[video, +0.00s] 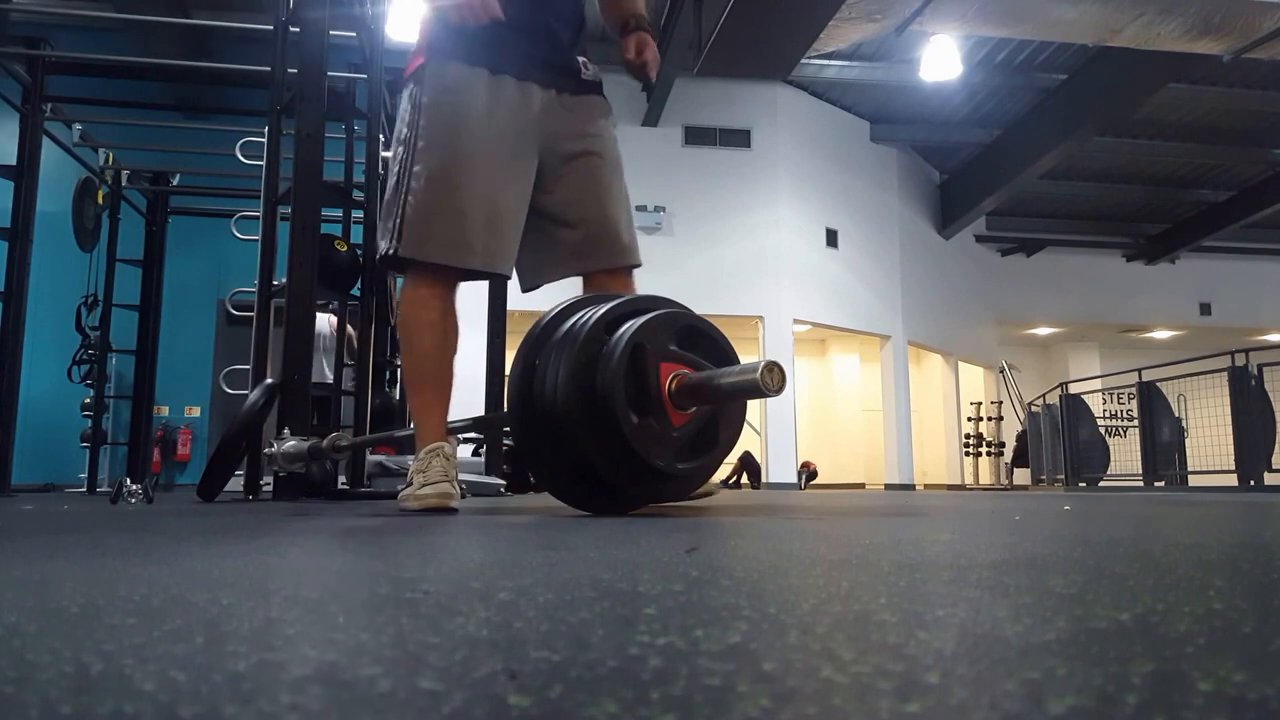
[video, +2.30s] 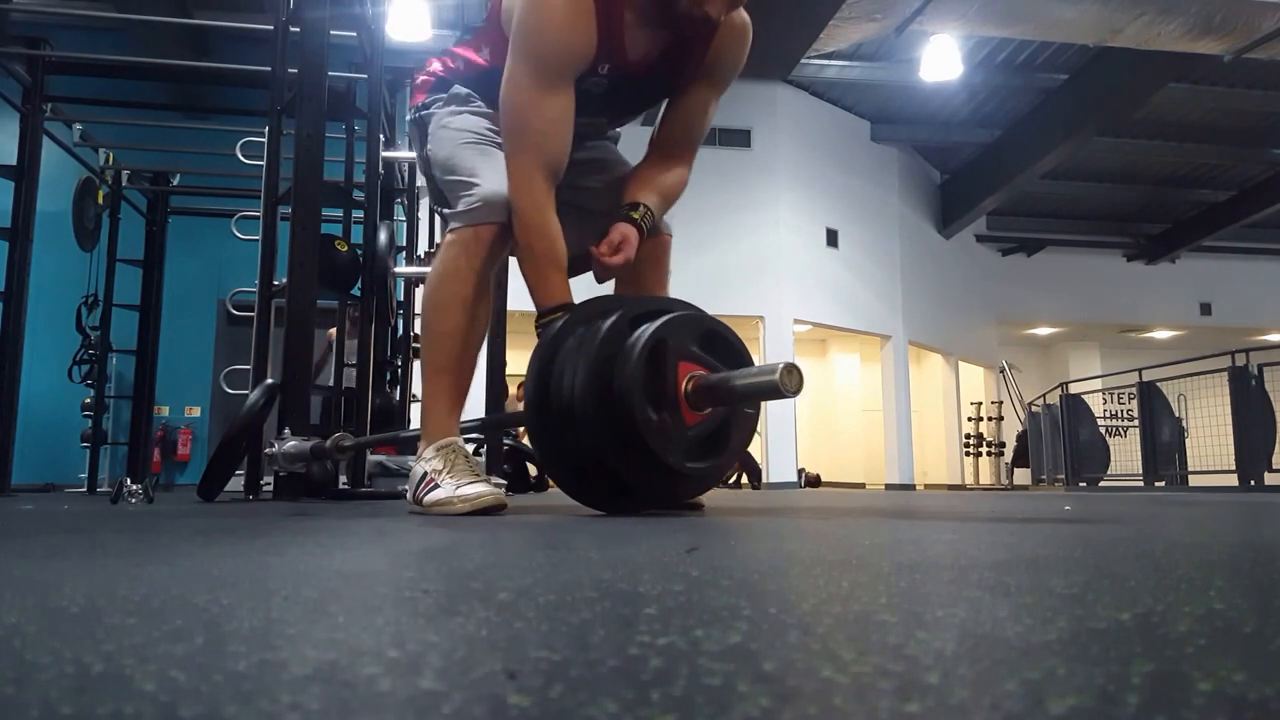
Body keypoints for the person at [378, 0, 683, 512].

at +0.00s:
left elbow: (616, 3)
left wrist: (633, 24)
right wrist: (444, 1)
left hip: (567, 64)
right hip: (469, 46)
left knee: (612, 261)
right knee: (434, 265)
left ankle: (636, 458)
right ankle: (433, 453)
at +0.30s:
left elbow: (686, 1)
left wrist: (685, 49)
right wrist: (472, 9)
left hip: (629, 74)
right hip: (524, 59)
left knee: (646, 264)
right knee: (476, 259)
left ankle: (666, 463)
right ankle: (438, 452)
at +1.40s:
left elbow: (717, 4)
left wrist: (686, 108)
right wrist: (498, 69)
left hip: (605, 75)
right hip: (495, 58)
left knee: (633, 242)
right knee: (482, 219)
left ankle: (652, 455)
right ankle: (443, 440)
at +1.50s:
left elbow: (714, 26)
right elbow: (485, 4)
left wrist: (689, 140)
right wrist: (513, 124)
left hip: (586, 84)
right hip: (476, 64)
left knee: (631, 240)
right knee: (465, 232)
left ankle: (648, 459)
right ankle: (438, 452)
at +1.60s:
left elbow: (702, 54)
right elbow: (502, 34)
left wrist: (681, 167)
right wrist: (524, 195)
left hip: (566, 84)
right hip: (463, 65)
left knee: (627, 232)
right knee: (463, 223)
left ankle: (648, 456)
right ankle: (437, 453)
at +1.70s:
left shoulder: (700, 3)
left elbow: (680, 86)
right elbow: (518, 94)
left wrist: (659, 186)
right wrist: (538, 270)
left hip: (565, 99)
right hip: (460, 77)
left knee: (631, 235)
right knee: (468, 208)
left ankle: (646, 454)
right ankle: (438, 452)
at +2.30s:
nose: (722, 7)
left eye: (732, 3)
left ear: (740, 3)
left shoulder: (729, 29)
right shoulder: (558, 11)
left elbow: (672, 155)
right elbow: (533, 174)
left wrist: (635, 215)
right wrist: (558, 325)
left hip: (579, 122)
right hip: (471, 97)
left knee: (650, 238)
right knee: (490, 208)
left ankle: (647, 454)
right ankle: (439, 453)